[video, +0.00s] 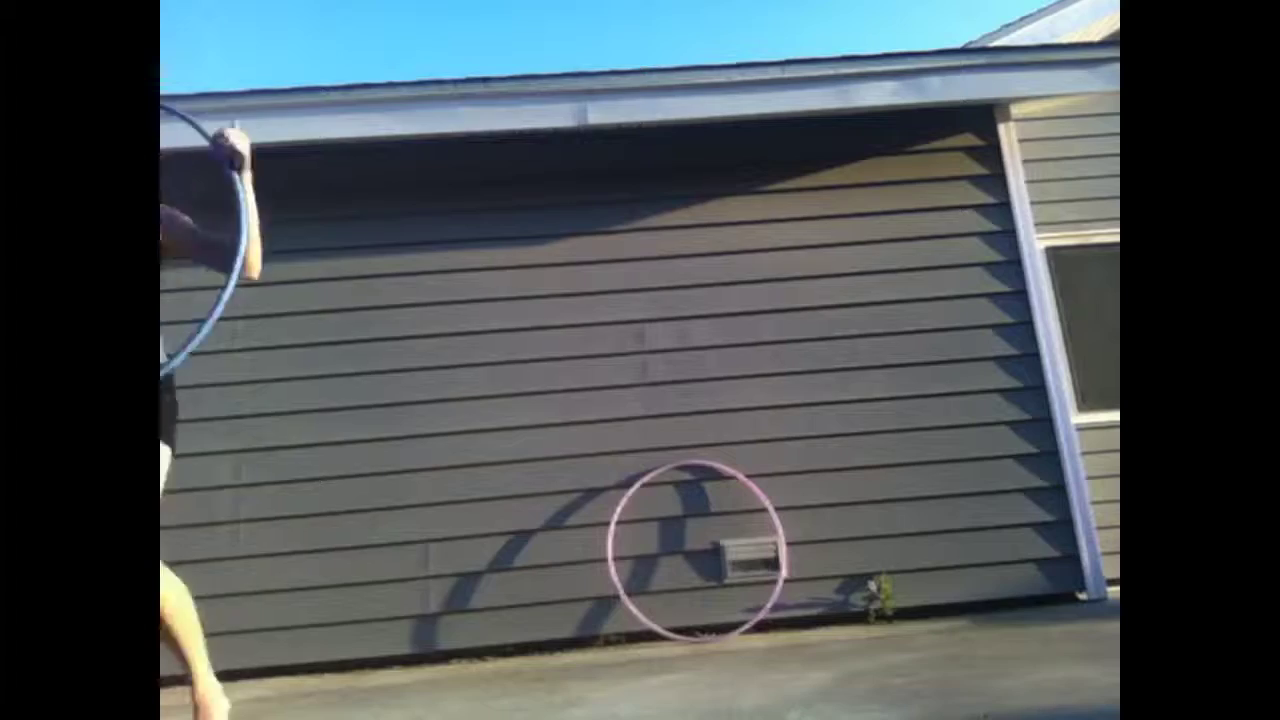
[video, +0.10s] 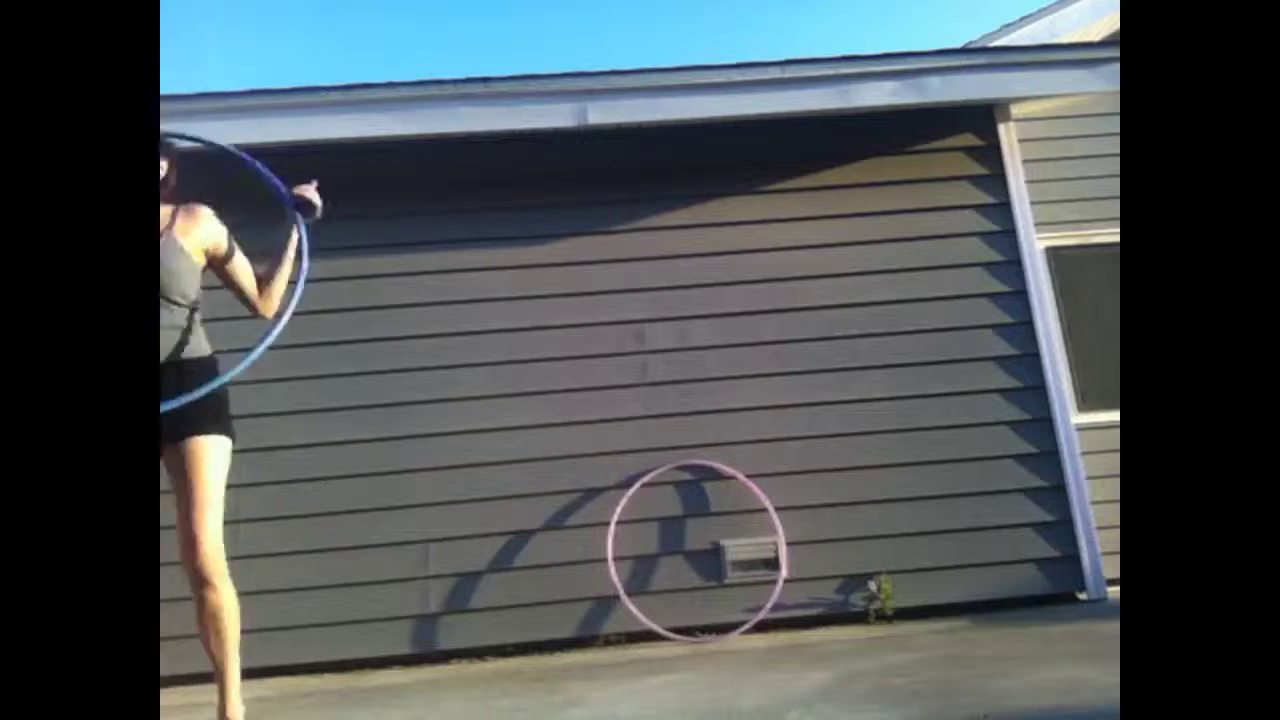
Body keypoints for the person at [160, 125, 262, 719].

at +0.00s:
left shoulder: (162, 222)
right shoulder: (167, 223)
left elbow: (249, 263)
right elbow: (248, 262)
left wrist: (241, 174)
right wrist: (240, 176)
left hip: (154, 405)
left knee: (157, 563)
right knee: (160, 566)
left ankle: (206, 688)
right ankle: (204, 687)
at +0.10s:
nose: (160, 162)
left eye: (162, 155)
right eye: (157, 154)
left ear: (170, 168)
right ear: (163, 169)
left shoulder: (197, 222)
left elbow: (266, 303)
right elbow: (265, 300)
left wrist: (295, 227)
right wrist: (298, 227)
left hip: (189, 388)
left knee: (202, 557)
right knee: (200, 559)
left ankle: (230, 706)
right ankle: (230, 702)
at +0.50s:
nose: (309, 202)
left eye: (319, 191)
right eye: (296, 189)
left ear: (329, 190)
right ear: (267, 185)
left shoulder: (337, 251)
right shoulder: (224, 239)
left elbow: (327, 330)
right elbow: (179, 324)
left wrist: (387, 312)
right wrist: (166, 310)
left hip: (318, 404)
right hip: (248, 400)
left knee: (276, 569)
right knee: (333, 536)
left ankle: (241, 710)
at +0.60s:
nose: (349, 212)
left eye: (359, 200)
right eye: (336, 199)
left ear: (369, 198)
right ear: (307, 194)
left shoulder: (369, 258)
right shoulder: (269, 248)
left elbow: (361, 327)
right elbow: (216, 320)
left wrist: (416, 308)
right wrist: (182, 331)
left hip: (346, 411)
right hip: (281, 406)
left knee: (291, 574)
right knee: (367, 543)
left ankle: (243, 709)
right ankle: (428, 696)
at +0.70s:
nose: (397, 219)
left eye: (406, 208)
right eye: (385, 206)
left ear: (416, 205)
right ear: (354, 200)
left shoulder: (409, 257)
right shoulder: (317, 254)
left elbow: (393, 324)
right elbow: (259, 320)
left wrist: (447, 307)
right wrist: (224, 356)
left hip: (379, 413)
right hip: (321, 407)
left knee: (308, 572)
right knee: (402, 541)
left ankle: (246, 705)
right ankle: (437, 698)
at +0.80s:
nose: (443, 227)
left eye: (452, 215)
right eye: (431, 215)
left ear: (459, 208)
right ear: (397, 208)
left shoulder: (451, 255)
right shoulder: (358, 262)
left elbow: (430, 315)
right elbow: (306, 329)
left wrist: (489, 295)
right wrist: (279, 375)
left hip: (409, 409)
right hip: (354, 404)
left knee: (359, 567)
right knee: (427, 535)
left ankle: (266, 698)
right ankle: (439, 698)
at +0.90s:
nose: (481, 232)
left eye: (489, 220)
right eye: (470, 220)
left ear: (497, 213)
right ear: (437, 213)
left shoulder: (481, 253)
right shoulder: (393, 264)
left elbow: (469, 301)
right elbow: (335, 326)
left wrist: (527, 274)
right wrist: (316, 377)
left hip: (438, 401)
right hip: (377, 396)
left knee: (435, 554)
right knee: (442, 537)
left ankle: (340, 675)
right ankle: (441, 696)